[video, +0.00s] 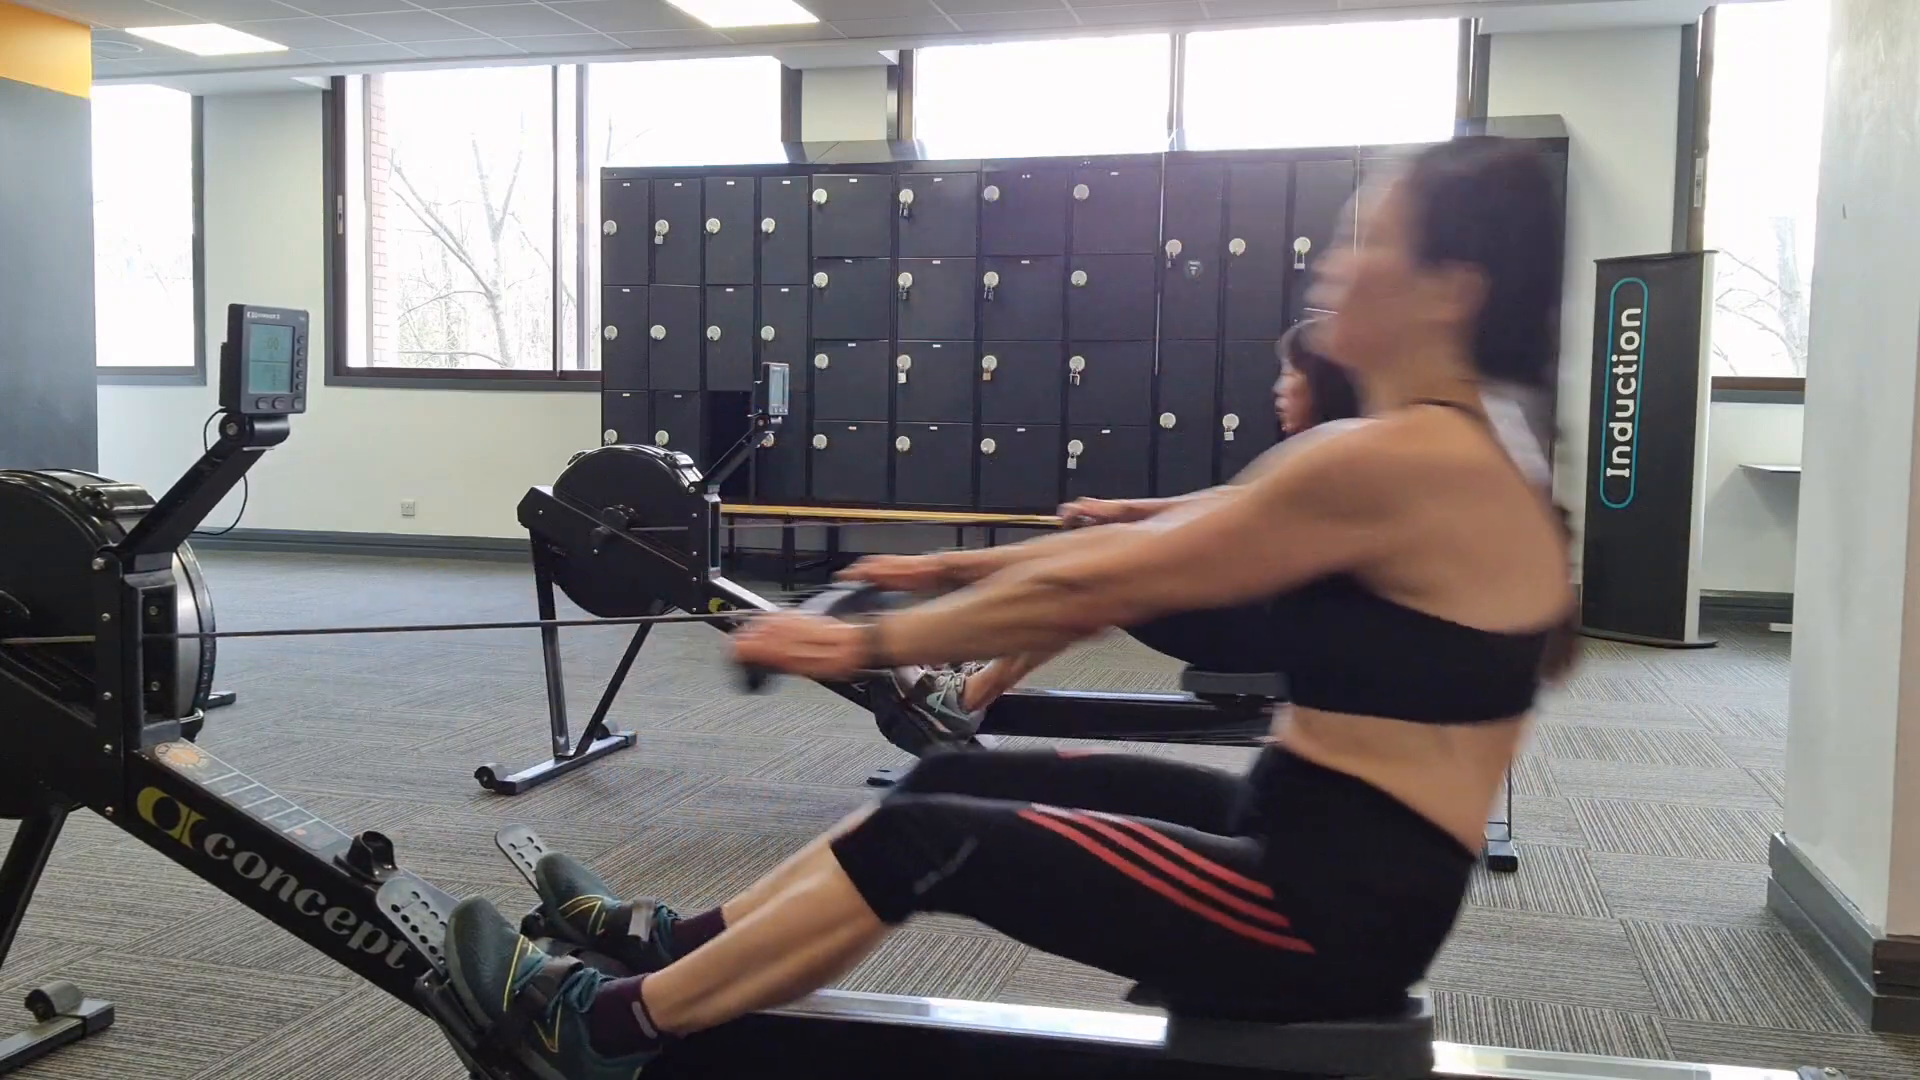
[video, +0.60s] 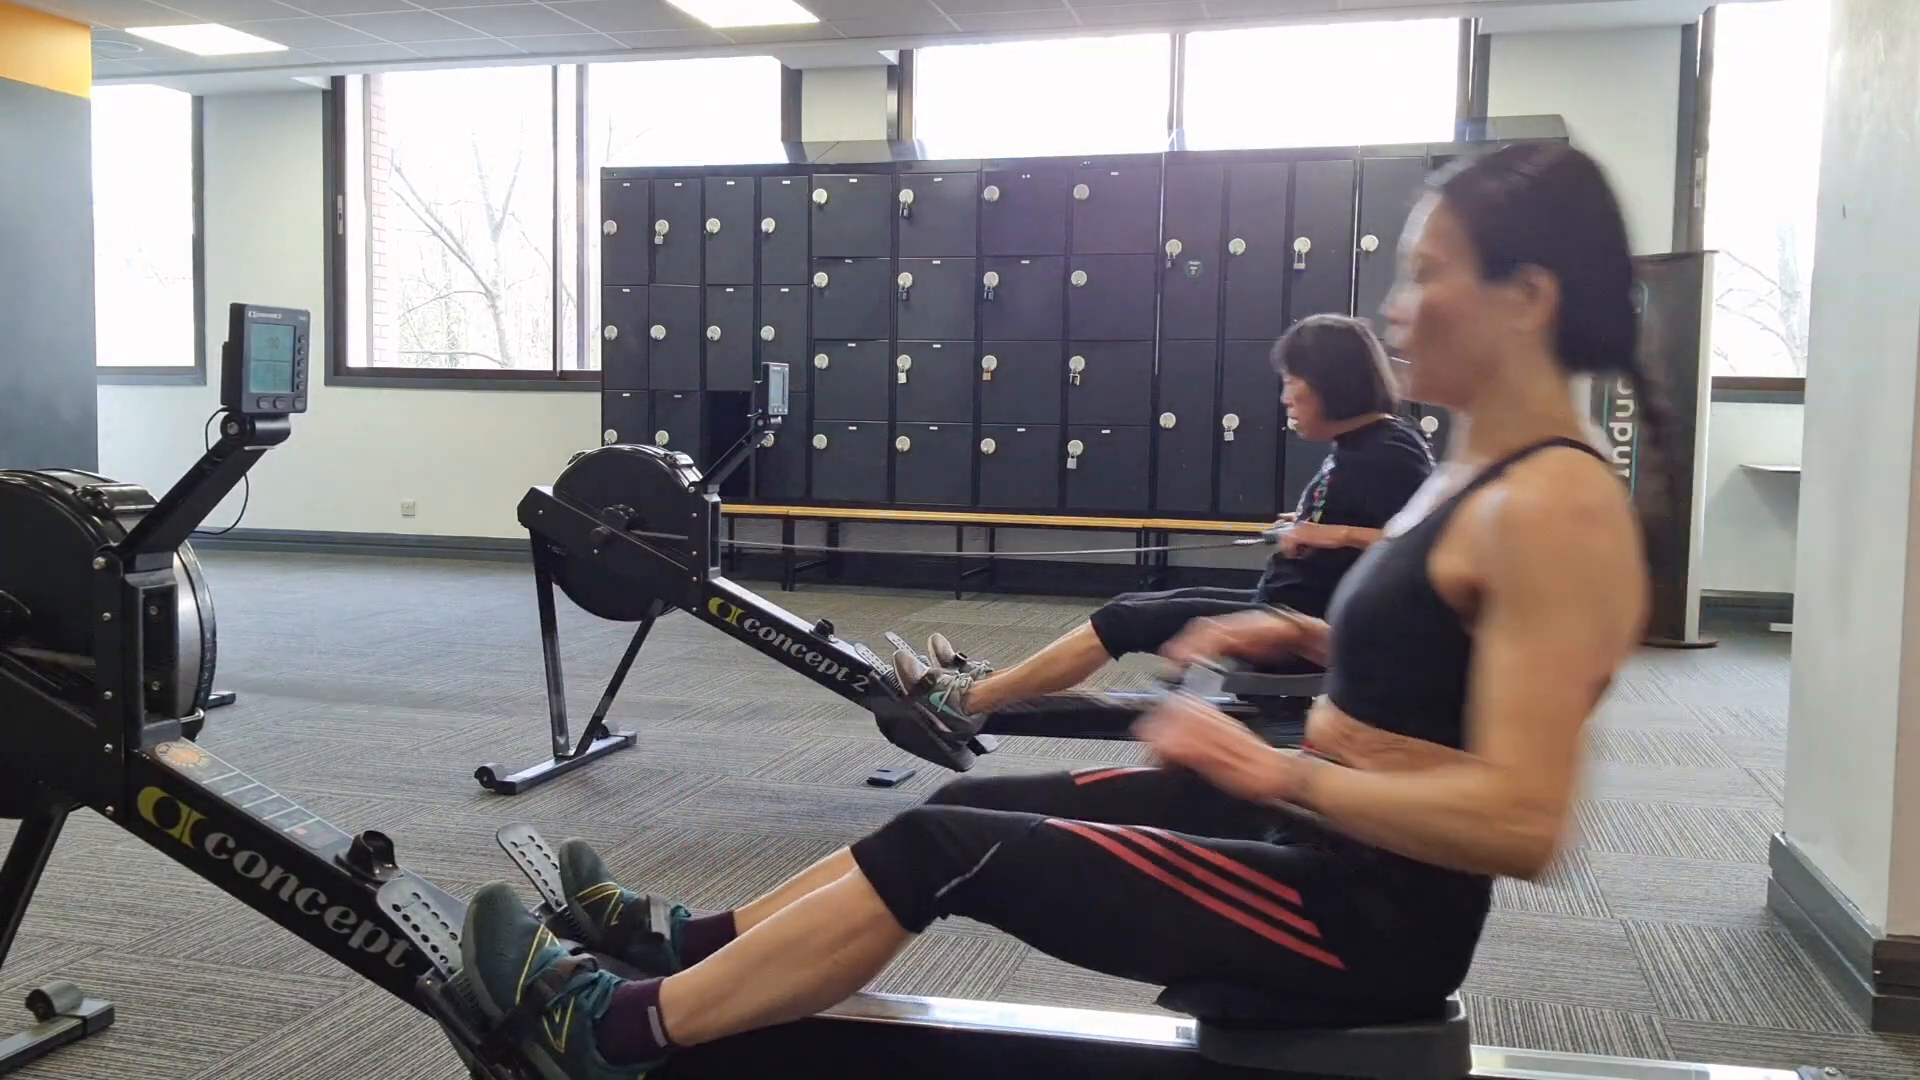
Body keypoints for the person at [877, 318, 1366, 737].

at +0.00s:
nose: (1280, 390)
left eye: (1292, 377)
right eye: (1283, 375)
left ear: (1327, 387)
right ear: (1315, 388)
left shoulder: (1324, 457)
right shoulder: (1313, 452)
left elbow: (1208, 506)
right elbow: (1214, 500)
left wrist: (1122, 513)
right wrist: (1128, 507)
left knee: (1107, 583)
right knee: (1093, 558)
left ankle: (967, 698)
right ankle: (961, 690)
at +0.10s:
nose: (1305, 393)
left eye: (1314, 379)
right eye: (1308, 379)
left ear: (1348, 388)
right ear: (1366, 385)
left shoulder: (1376, 458)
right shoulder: (1377, 453)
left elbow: (1267, 520)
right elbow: (1270, 512)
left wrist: (1168, 519)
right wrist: (1171, 520)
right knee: (1119, 580)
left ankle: (982, 687)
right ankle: (981, 686)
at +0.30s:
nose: (1329, 404)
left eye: (1340, 391)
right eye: (1330, 390)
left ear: (1382, 394)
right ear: (1378, 394)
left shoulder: (1414, 463)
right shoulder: (1381, 457)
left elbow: (1370, 556)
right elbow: (1324, 522)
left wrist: (1258, 535)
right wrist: (1247, 526)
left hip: (1317, 630)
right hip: (1302, 607)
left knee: (1138, 630)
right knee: (1139, 618)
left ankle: (972, 701)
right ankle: (977, 692)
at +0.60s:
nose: (1286, 399)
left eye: (1294, 384)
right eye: (1287, 384)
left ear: (1333, 388)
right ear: (1342, 384)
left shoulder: (1385, 453)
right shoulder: (1354, 448)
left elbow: (1437, 538)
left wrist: (1341, 537)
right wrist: (1308, 532)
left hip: (1298, 626)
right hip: (1278, 606)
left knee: (1121, 618)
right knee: (1123, 611)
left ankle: (969, 705)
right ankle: (978, 694)